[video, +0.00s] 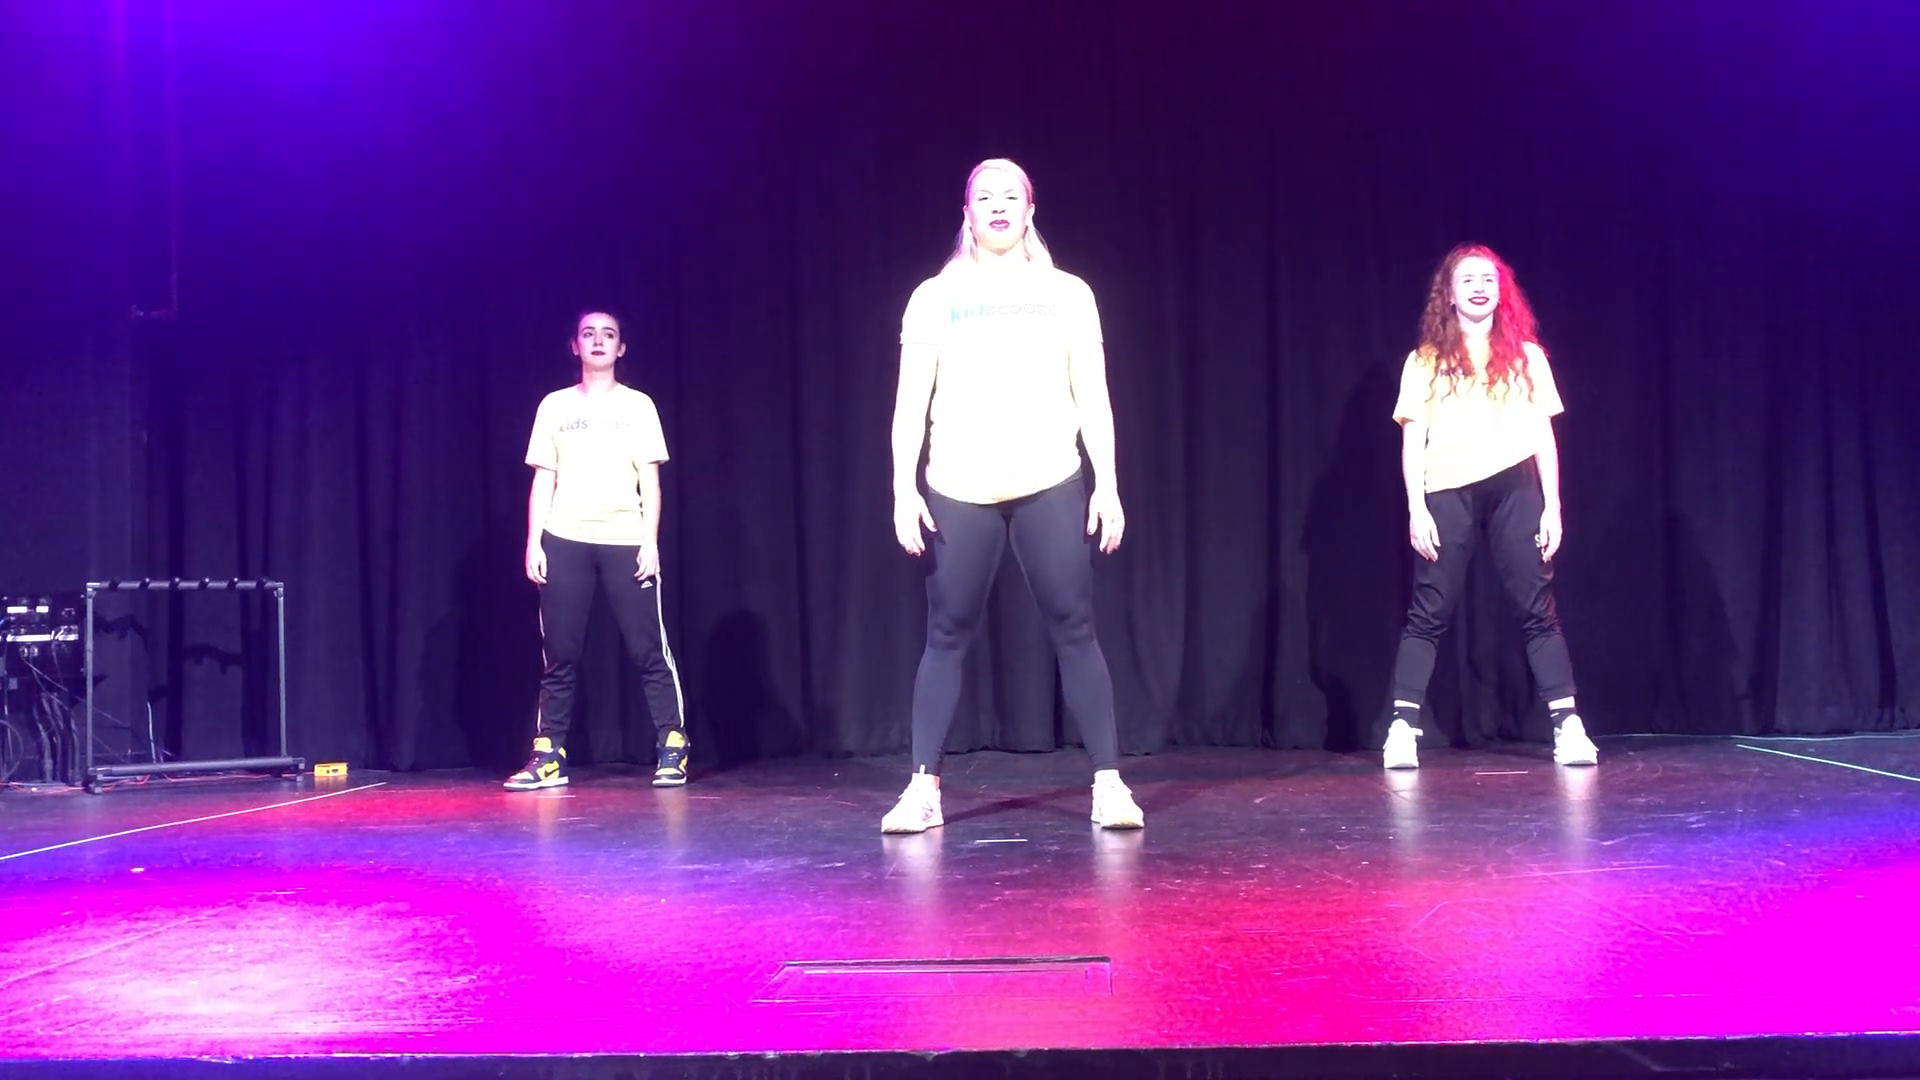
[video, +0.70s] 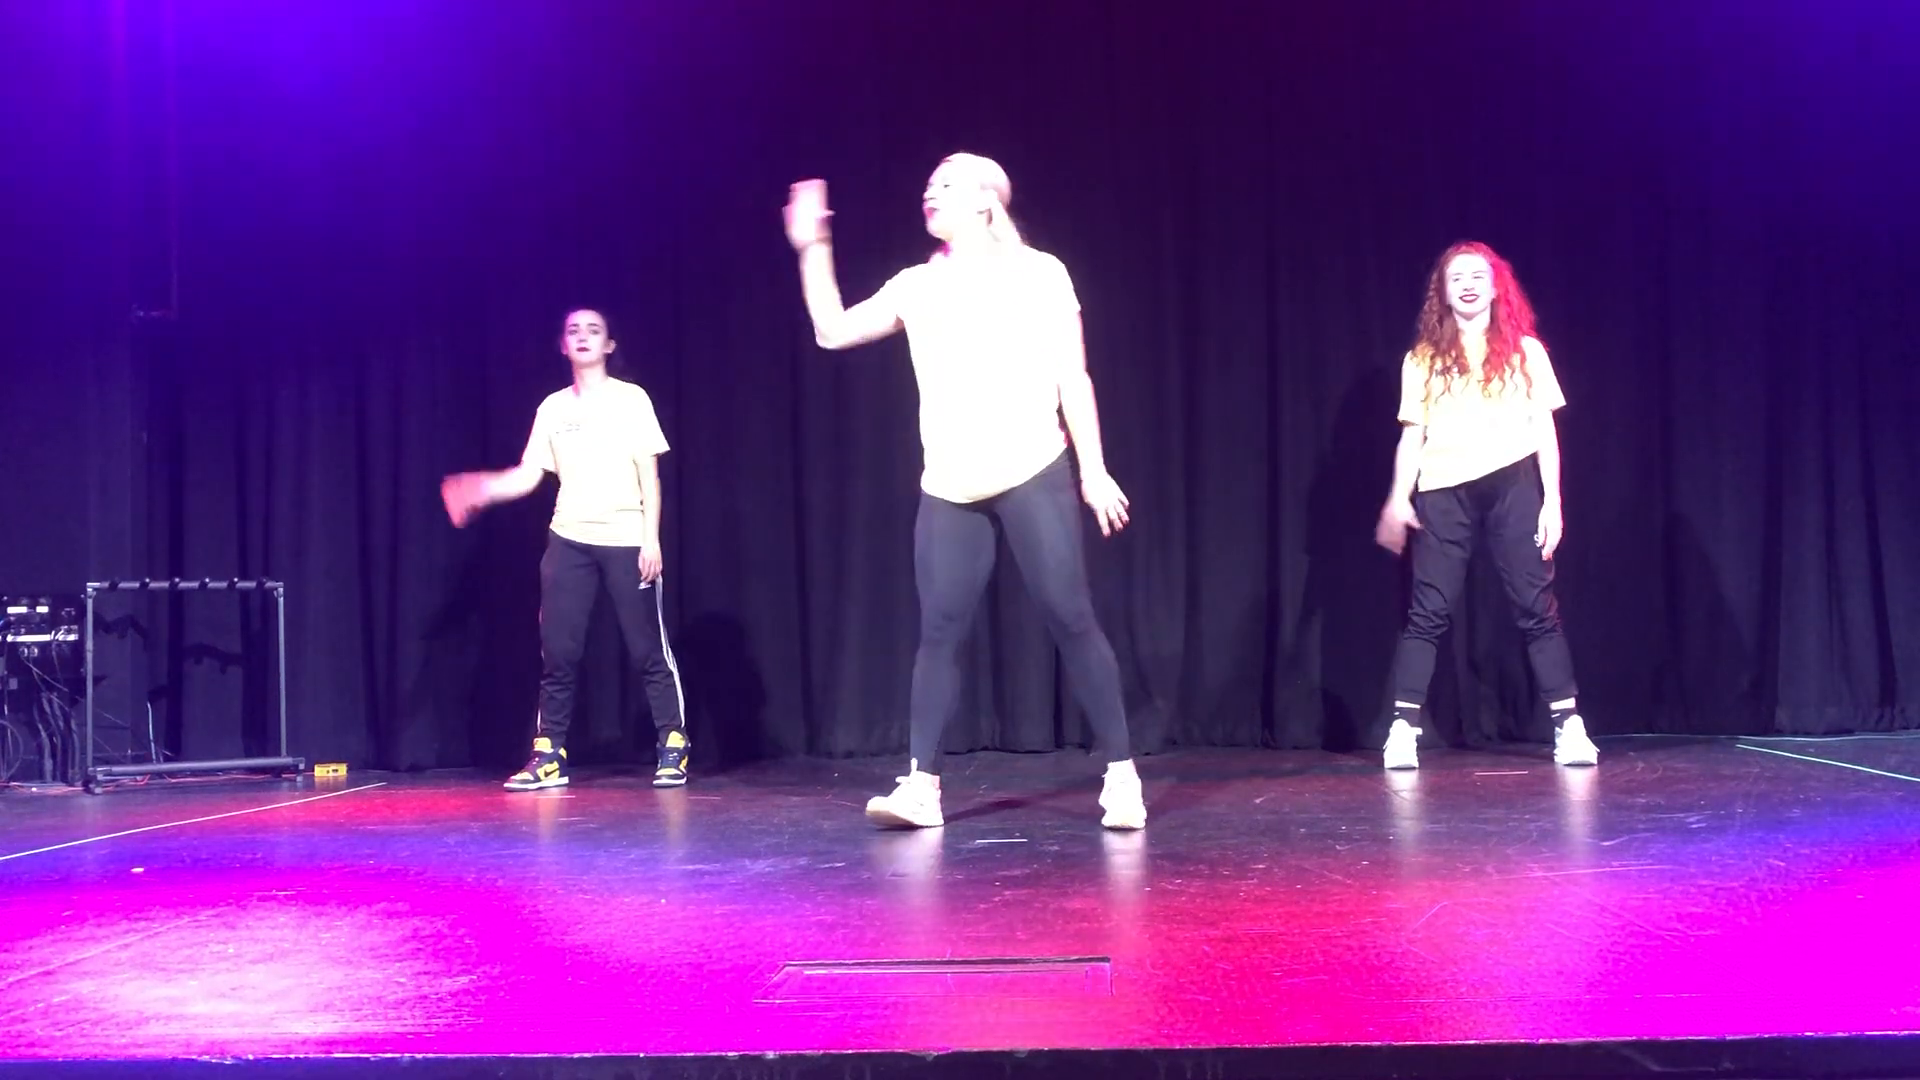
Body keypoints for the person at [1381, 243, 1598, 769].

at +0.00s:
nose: (1478, 288)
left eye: (1487, 280)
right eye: (1468, 280)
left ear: (1502, 291)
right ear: (1448, 290)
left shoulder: (1527, 355)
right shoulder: (1426, 359)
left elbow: (1544, 435)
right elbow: (1413, 440)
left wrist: (1552, 506)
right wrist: (1417, 508)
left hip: (1514, 489)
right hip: (1446, 493)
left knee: (1536, 607)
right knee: (1430, 609)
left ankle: (1567, 725)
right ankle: (1404, 727)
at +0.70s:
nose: (1468, 285)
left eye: (1478, 276)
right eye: (1458, 277)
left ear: (1497, 286)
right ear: (1442, 289)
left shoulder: (1526, 350)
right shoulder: (1423, 357)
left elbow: (1545, 430)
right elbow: (1412, 435)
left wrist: (1552, 500)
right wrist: (1399, 498)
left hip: (1514, 488)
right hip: (1442, 492)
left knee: (1535, 606)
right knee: (1429, 609)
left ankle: (1567, 724)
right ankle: (1405, 728)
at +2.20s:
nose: (1592, 318)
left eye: (1592, 310)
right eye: (1581, 310)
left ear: (1592, 318)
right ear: (1549, 314)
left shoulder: (1571, 374)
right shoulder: (1519, 361)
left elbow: (1612, 432)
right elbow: (1563, 417)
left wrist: (1607, 369)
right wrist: (1582, 353)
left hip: (1527, 518)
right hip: (1472, 515)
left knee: (1563, 611)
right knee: (1460, 630)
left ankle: (1572, 731)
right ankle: (1367, 722)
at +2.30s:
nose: (1600, 331)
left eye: (1599, 323)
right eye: (1589, 323)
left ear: (1591, 331)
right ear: (1556, 327)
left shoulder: (1569, 385)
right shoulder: (1522, 373)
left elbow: (1610, 444)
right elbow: (1567, 427)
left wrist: (1607, 380)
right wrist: (1588, 367)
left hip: (1531, 528)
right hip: (1477, 528)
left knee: (1575, 614)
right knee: (1467, 641)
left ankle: (1572, 731)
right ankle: (1367, 724)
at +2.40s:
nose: (1604, 332)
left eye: (1605, 324)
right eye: (1593, 325)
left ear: (1603, 332)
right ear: (1561, 329)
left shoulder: (1579, 381)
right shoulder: (1530, 372)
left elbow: (1614, 440)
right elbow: (1574, 425)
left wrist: (1614, 379)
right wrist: (1597, 369)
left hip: (1531, 526)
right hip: (1476, 524)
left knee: (1573, 614)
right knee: (1464, 638)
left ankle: (1573, 732)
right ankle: (1367, 725)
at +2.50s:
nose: (1615, 322)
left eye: (1616, 314)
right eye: (1603, 314)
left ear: (1613, 322)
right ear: (1570, 318)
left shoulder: (1586, 371)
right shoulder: (1537, 360)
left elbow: (1618, 433)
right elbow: (1577, 416)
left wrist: (1621, 372)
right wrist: (1604, 359)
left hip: (1526, 513)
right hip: (1470, 508)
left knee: (1556, 612)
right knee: (1445, 622)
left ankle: (1571, 730)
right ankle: (1370, 724)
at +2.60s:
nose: (1621, 324)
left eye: (1622, 316)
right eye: (1610, 315)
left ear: (1619, 323)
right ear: (1577, 319)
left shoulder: (1591, 379)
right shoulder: (1539, 360)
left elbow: (1621, 437)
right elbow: (1570, 420)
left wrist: (1625, 376)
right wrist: (1605, 361)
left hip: (1518, 510)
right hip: (1461, 501)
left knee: (1547, 613)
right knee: (1436, 613)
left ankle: (1570, 730)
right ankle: (1379, 725)